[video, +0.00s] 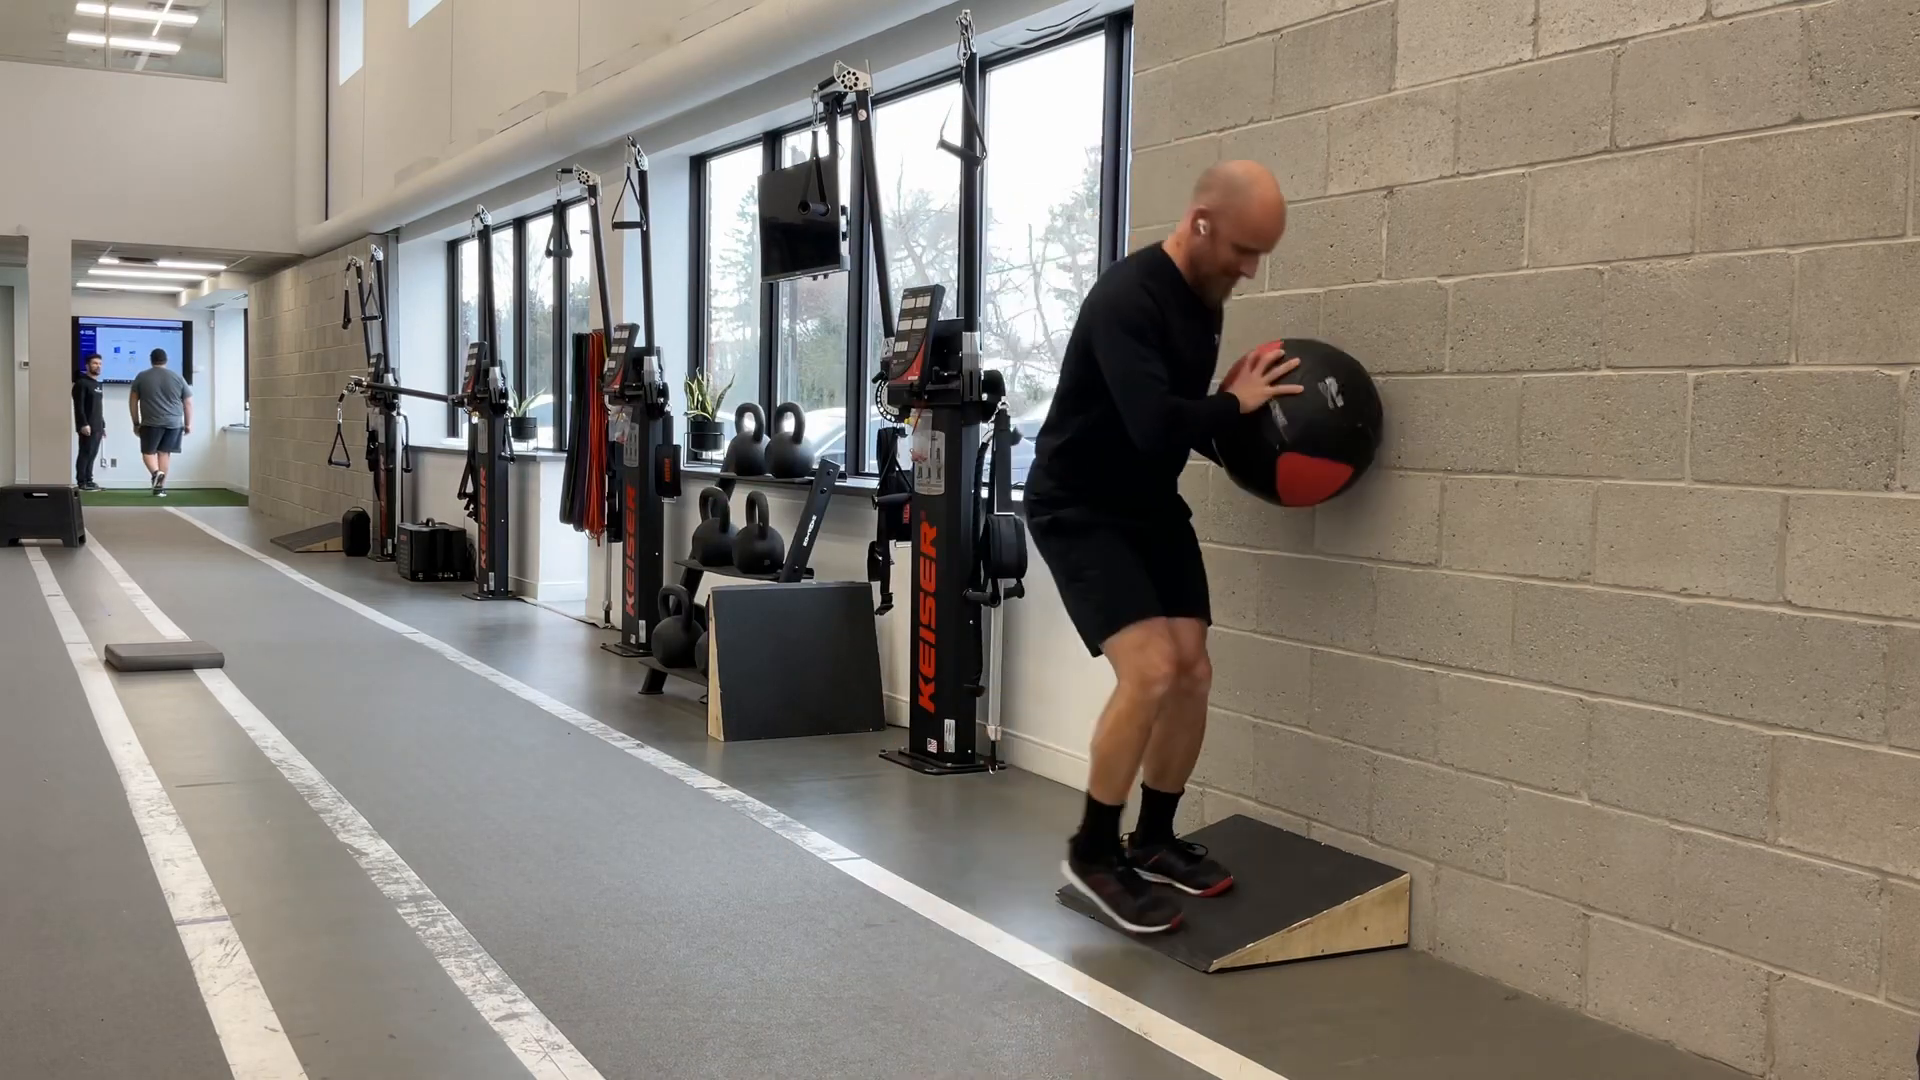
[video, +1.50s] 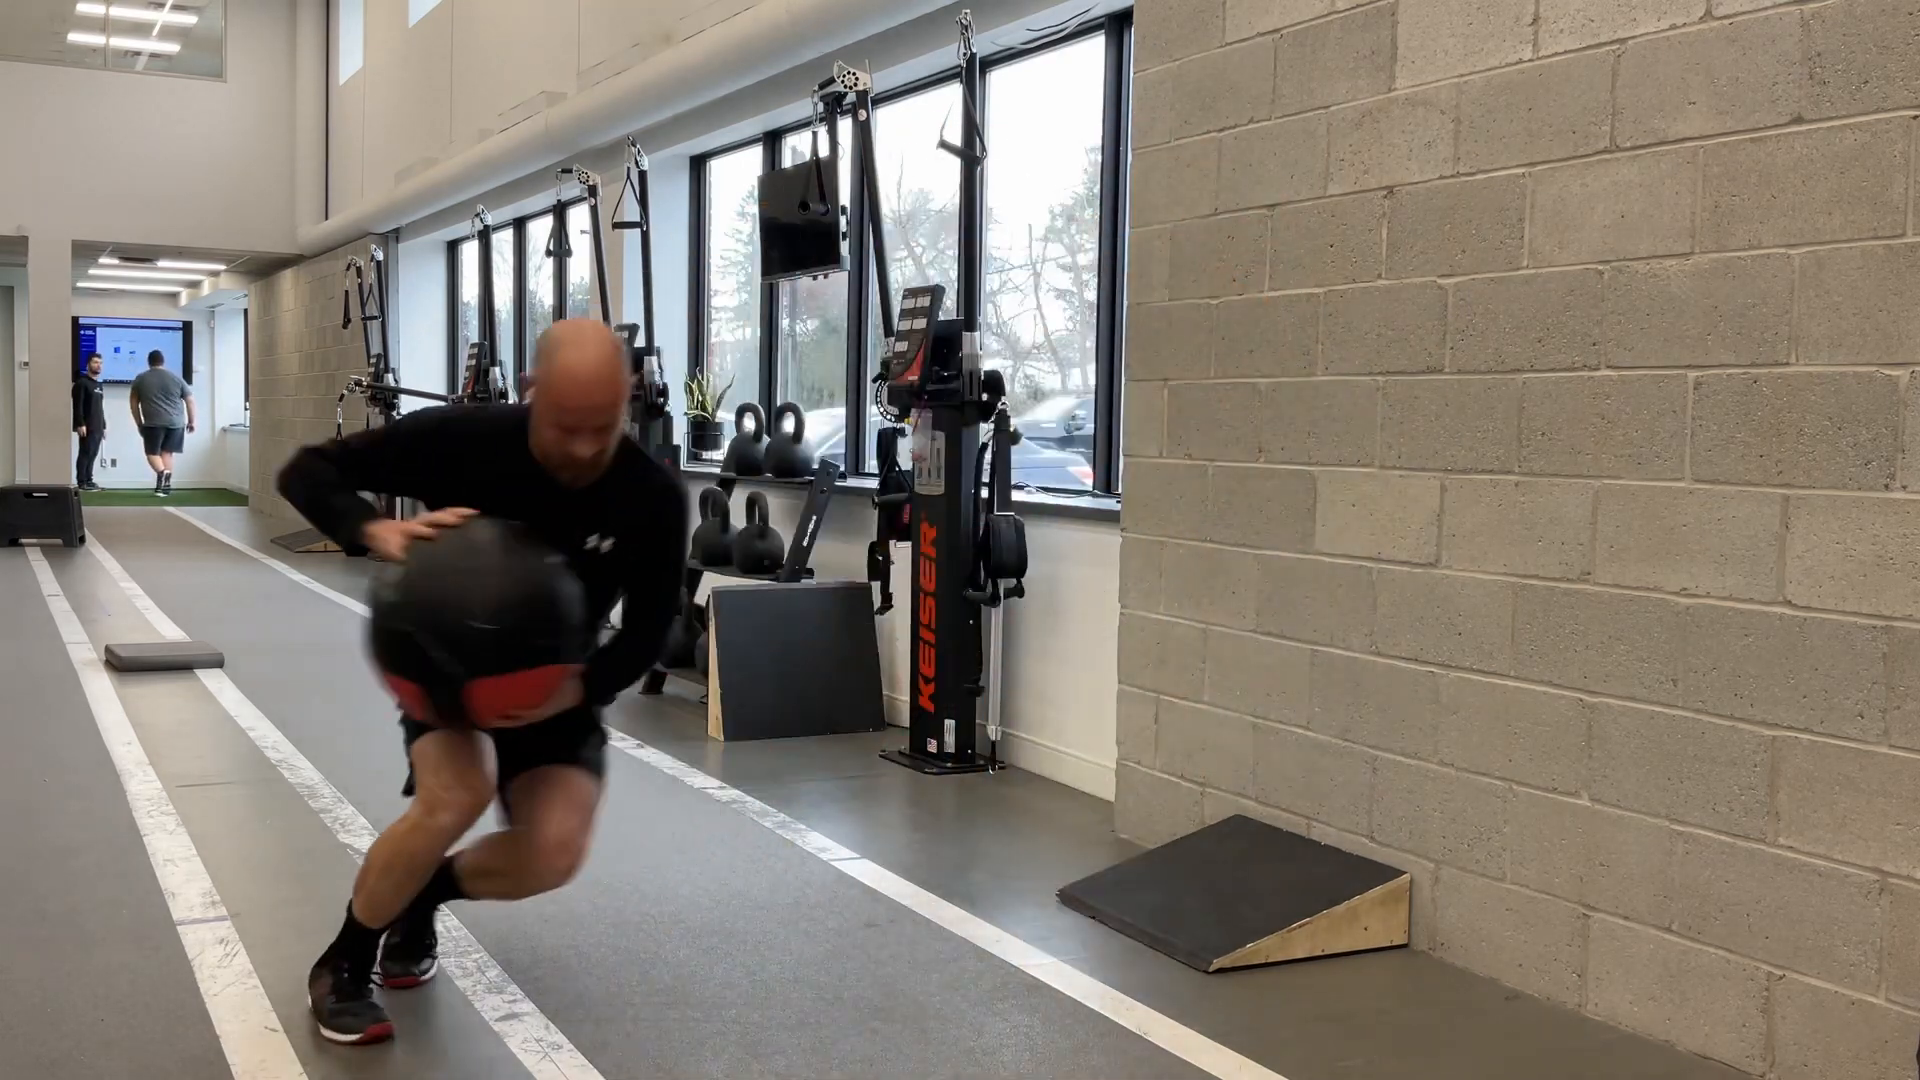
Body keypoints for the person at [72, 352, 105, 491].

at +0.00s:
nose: (97, 366)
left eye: (99, 364)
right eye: (94, 363)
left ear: (101, 366)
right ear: (88, 365)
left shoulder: (97, 384)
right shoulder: (81, 383)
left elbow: (98, 408)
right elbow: (79, 406)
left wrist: (102, 425)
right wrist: (83, 423)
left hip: (97, 425)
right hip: (87, 425)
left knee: (92, 454)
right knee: (85, 454)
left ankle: (89, 479)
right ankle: (82, 481)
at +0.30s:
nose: (98, 367)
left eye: (100, 364)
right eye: (95, 364)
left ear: (102, 367)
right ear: (88, 365)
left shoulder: (98, 385)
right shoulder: (81, 383)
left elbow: (99, 407)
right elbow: (79, 406)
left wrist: (105, 424)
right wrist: (82, 424)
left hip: (97, 425)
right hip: (87, 425)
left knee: (92, 454)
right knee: (85, 454)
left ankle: (89, 479)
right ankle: (82, 480)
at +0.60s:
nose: (99, 369)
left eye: (101, 366)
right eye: (97, 365)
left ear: (102, 368)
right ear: (89, 366)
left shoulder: (98, 385)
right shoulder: (81, 383)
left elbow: (99, 408)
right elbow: (78, 406)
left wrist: (102, 425)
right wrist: (81, 424)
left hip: (97, 425)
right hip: (87, 425)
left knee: (92, 454)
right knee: (85, 454)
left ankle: (89, 479)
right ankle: (82, 480)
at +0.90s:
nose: (100, 369)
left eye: (102, 366)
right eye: (97, 366)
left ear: (103, 368)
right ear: (90, 366)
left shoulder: (98, 385)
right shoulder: (81, 383)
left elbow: (98, 408)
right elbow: (78, 406)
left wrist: (102, 425)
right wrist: (81, 424)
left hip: (97, 425)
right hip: (87, 425)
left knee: (92, 454)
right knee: (85, 454)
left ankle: (89, 479)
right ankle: (82, 481)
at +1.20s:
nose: (99, 368)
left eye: (101, 365)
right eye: (97, 364)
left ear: (102, 367)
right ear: (89, 365)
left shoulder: (98, 385)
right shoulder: (81, 383)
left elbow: (99, 408)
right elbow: (78, 406)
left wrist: (103, 425)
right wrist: (81, 424)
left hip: (97, 425)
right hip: (87, 425)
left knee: (92, 454)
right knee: (85, 454)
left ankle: (89, 479)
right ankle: (82, 481)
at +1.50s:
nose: (98, 365)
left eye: (100, 363)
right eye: (95, 362)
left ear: (101, 365)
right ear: (88, 365)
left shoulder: (98, 385)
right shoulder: (81, 383)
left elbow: (99, 407)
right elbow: (78, 406)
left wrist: (103, 425)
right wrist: (80, 424)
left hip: (97, 425)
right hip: (87, 426)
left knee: (92, 454)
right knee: (85, 454)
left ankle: (89, 479)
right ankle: (82, 481)